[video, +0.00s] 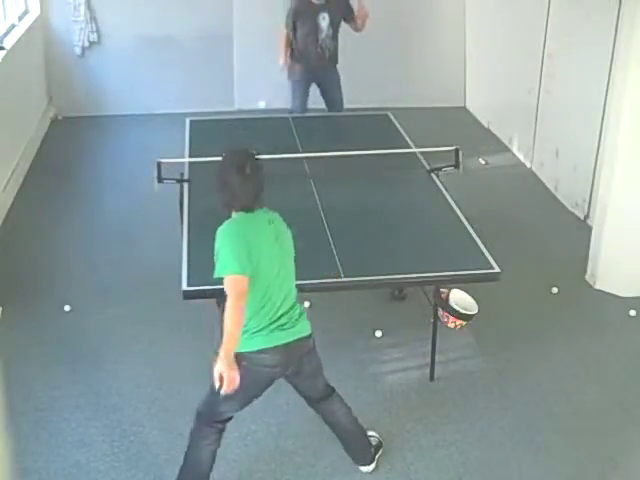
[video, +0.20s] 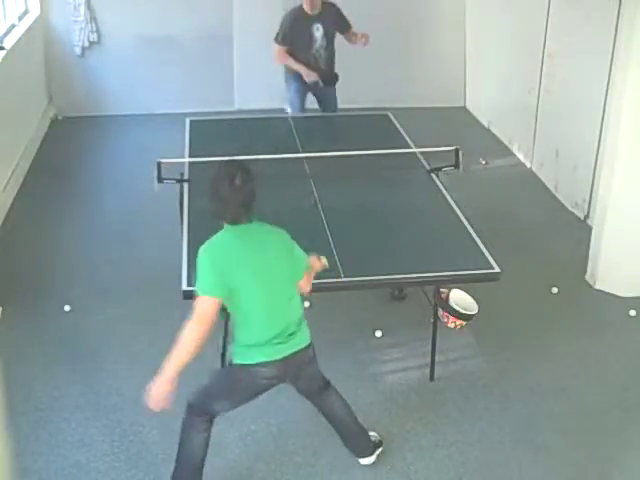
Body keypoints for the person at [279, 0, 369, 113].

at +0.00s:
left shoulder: (339, 3)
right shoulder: (298, 4)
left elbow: (357, 27)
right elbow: (288, 32)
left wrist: (361, 19)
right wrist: (285, 58)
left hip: (327, 66)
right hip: (300, 65)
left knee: (337, 110)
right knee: (298, 110)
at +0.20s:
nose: (310, 3)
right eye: (307, 0)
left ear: (320, 0)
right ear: (303, 1)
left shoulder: (332, 11)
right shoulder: (292, 17)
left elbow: (349, 35)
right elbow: (280, 55)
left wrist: (359, 39)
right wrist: (304, 71)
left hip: (325, 75)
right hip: (297, 75)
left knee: (332, 119)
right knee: (297, 118)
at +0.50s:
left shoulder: (321, 3)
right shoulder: (281, 6)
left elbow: (334, 20)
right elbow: (266, 43)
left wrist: (350, 24)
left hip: (315, 66)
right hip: (288, 68)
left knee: (324, 113)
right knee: (289, 114)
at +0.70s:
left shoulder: (323, 1)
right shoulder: (280, 2)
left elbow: (337, 18)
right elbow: (257, 22)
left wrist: (353, 15)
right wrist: (238, 31)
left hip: (316, 73)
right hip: (290, 74)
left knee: (323, 120)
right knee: (289, 120)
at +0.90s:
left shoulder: (327, 2)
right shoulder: (285, 3)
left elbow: (339, 21)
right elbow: (268, 27)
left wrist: (353, 19)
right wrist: (252, 46)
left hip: (321, 71)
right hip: (294, 72)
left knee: (334, 117)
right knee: (290, 121)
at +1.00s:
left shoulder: (331, 3)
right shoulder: (289, 4)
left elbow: (347, 24)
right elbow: (269, 28)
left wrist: (355, 22)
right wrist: (266, 47)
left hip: (325, 71)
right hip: (298, 71)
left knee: (341, 116)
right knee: (295, 118)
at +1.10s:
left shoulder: (336, 5)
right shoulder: (295, 6)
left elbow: (353, 30)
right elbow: (274, 35)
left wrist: (359, 30)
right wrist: (282, 58)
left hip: (330, 72)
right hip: (302, 73)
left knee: (347, 112)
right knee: (300, 116)